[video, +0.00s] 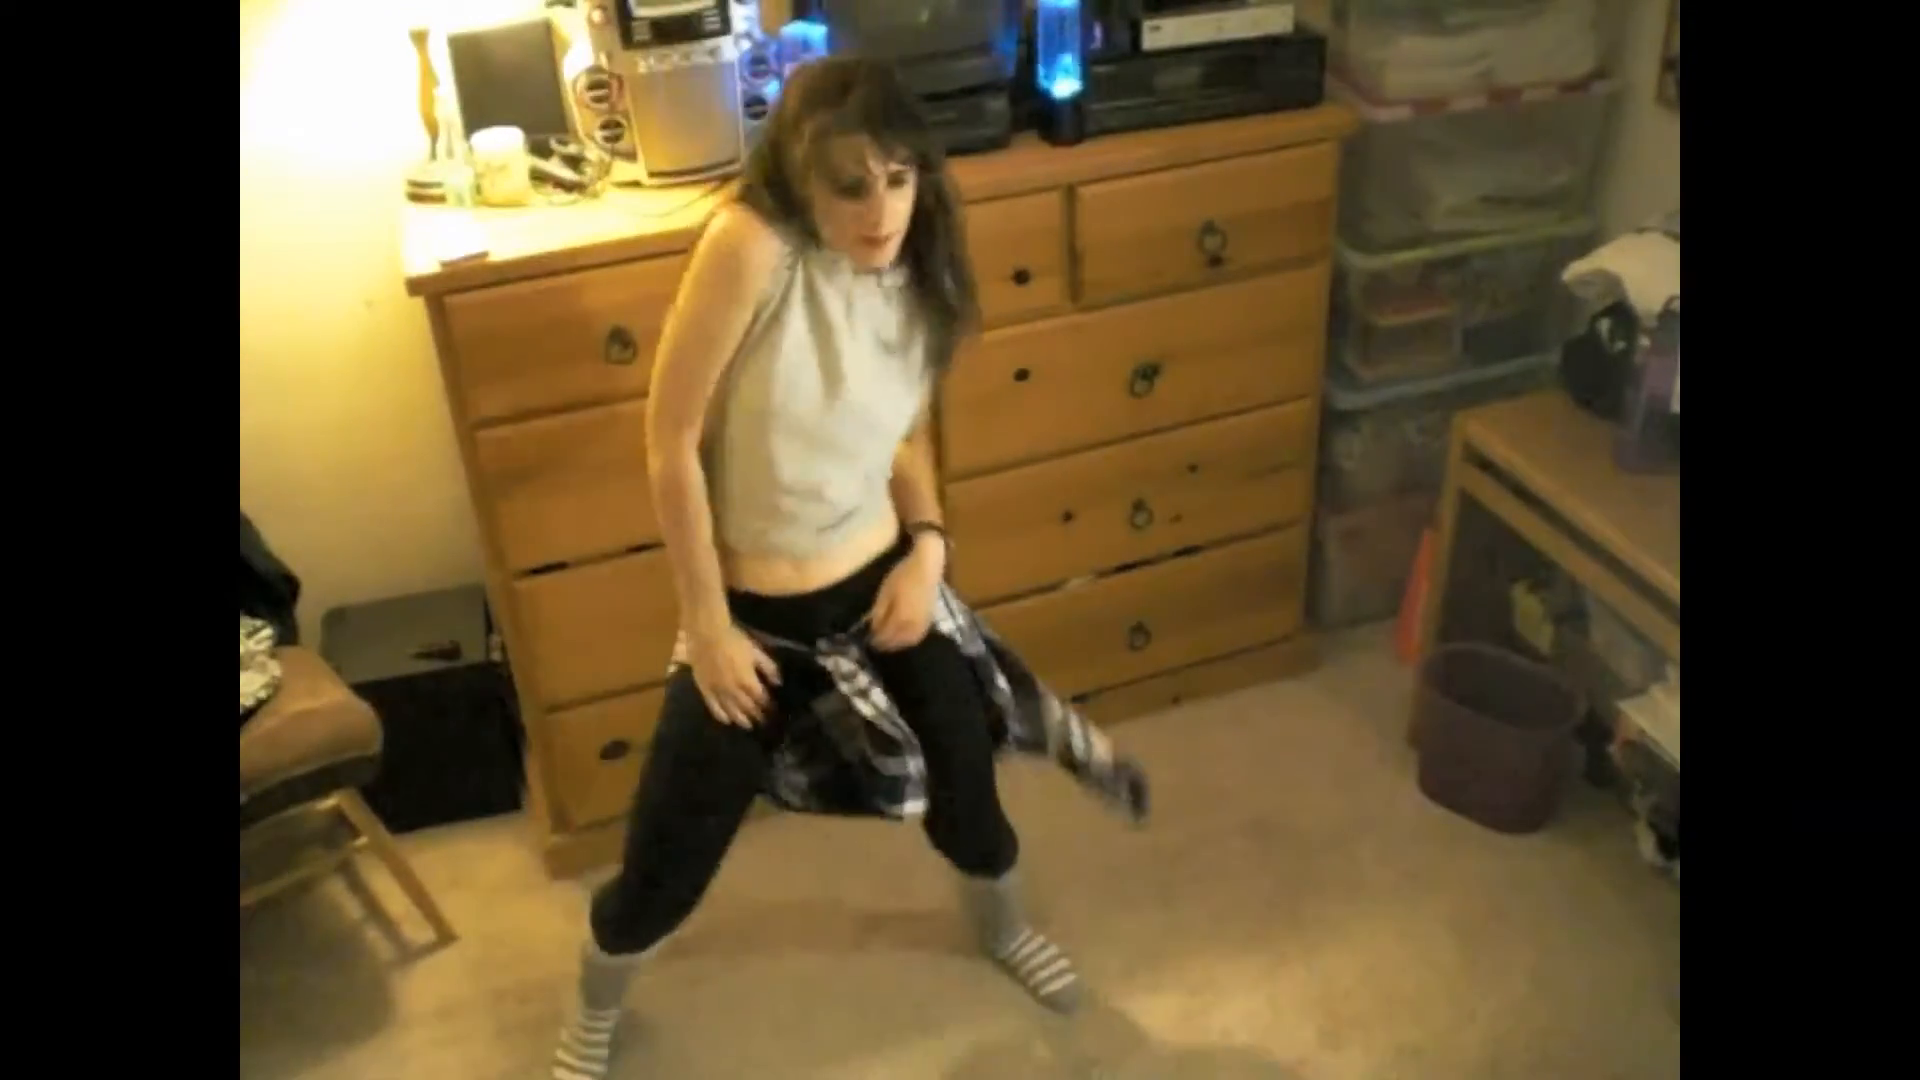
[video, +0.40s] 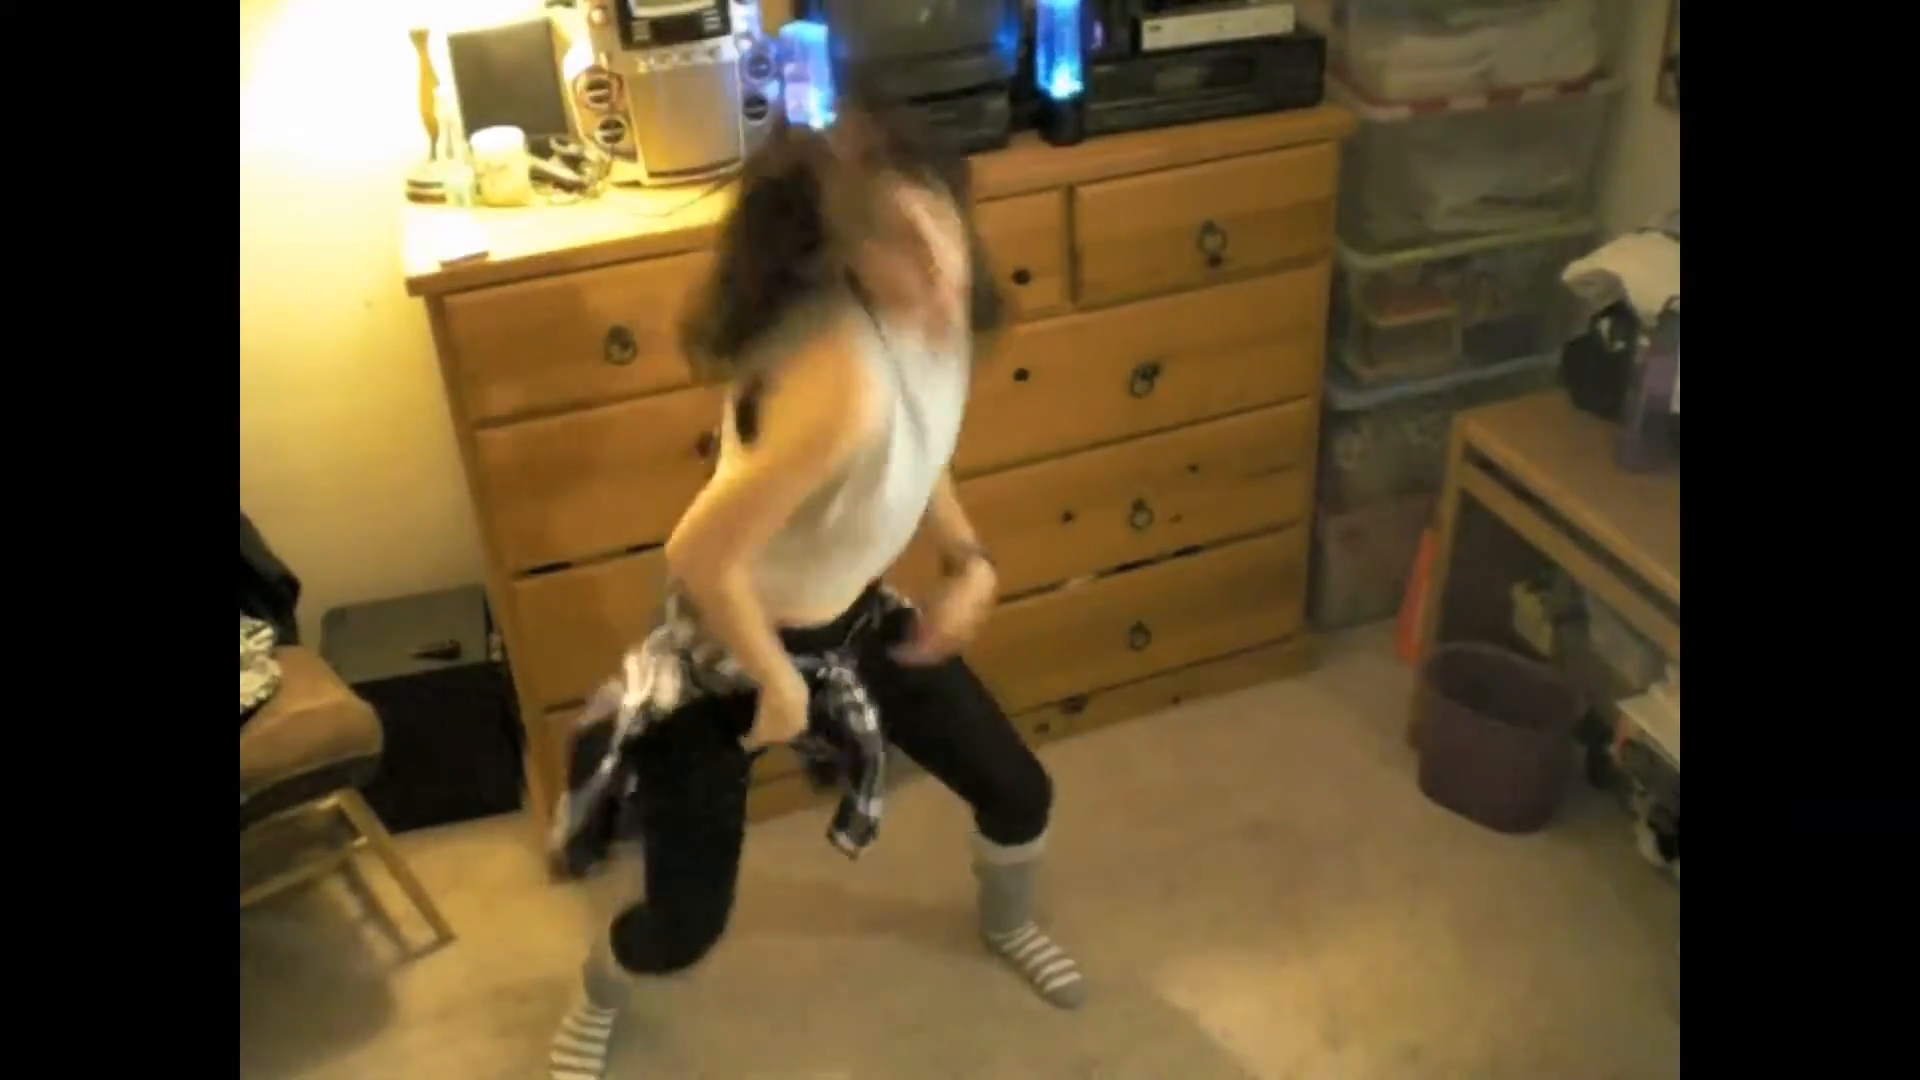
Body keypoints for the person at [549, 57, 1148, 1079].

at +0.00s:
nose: (884, 212)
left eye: (899, 181)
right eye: (851, 191)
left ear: (920, 171)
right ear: (798, 186)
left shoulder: (913, 268)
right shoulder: (748, 249)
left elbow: (901, 422)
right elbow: (671, 431)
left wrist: (925, 543)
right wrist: (706, 625)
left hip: (883, 591)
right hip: (751, 621)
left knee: (968, 778)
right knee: (665, 868)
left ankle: (1005, 930)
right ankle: (596, 1012)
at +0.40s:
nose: (932, 257)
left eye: (936, 224)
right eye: (895, 242)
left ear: (960, 217)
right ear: (847, 260)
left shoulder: (945, 319)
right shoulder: (839, 384)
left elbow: (906, 454)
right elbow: (698, 555)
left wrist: (968, 557)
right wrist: (776, 678)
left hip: (861, 616)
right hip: (729, 645)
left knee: (1018, 794)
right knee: (685, 922)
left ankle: (1008, 924)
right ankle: (598, 994)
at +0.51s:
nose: (978, 423)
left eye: (1001, 401)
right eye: (958, 390)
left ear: (1022, 417)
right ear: (904, 379)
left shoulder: (934, 464)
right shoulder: (806, 499)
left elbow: (910, 539)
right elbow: (646, 576)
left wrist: (1010, 620)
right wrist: (739, 717)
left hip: (849, 643)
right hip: (725, 679)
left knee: (1028, 790)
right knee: (681, 948)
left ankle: (1009, 921)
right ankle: (608, 1005)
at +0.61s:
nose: (892, 588)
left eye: (917, 581)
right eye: (897, 567)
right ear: (877, 512)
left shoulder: (908, 520)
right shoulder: (751, 536)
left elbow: (945, 600)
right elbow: (608, 566)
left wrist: (1023, 686)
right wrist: (657, 736)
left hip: (838, 644)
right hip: (711, 685)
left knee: (1016, 797)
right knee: (679, 951)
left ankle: (1011, 924)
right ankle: (605, 1002)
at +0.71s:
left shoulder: (891, 482)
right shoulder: (680, 549)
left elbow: (939, 600)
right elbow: (591, 563)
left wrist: (1002, 701)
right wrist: (595, 731)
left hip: (846, 642)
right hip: (699, 668)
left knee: (1009, 817)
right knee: (668, 928)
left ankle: (1010, 923)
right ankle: (604, 1001)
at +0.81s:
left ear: (752, 507)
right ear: (647, 525)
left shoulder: (817, 440)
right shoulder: (602, 506)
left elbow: (910, 564)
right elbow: (579, 646)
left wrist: (964, 701)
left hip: (837, 623)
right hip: (691, 652)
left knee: (997, 812)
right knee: (654, 898)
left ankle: (1008, 926)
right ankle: (602, 1000)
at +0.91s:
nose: (636, 513)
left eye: (634, 494)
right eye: (617, 508)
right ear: (587, 476)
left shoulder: (781, 398)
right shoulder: (600, 442)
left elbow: (886, 568)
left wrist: (894, 716)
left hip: (839, 612)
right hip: (695, 636)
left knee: (972, 810)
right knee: (644, 876)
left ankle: (1002, 923)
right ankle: (601, 1005)